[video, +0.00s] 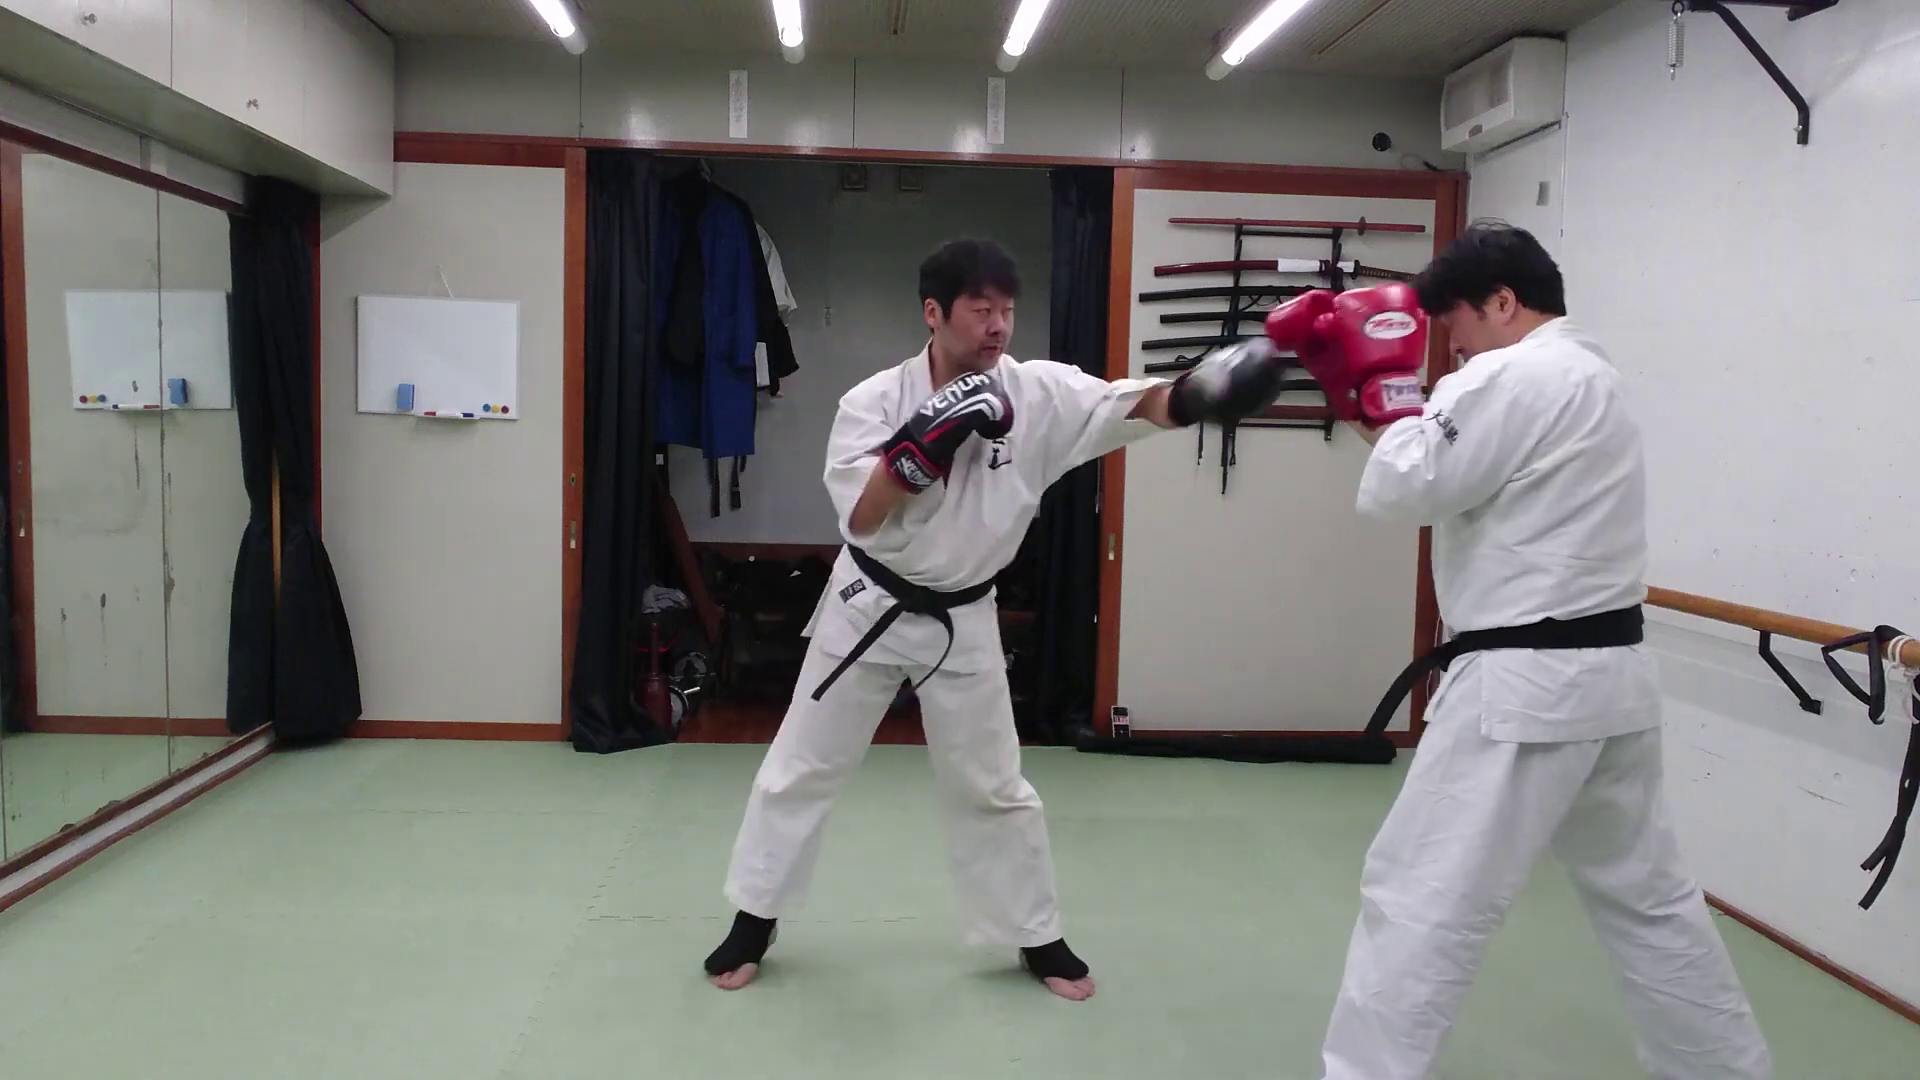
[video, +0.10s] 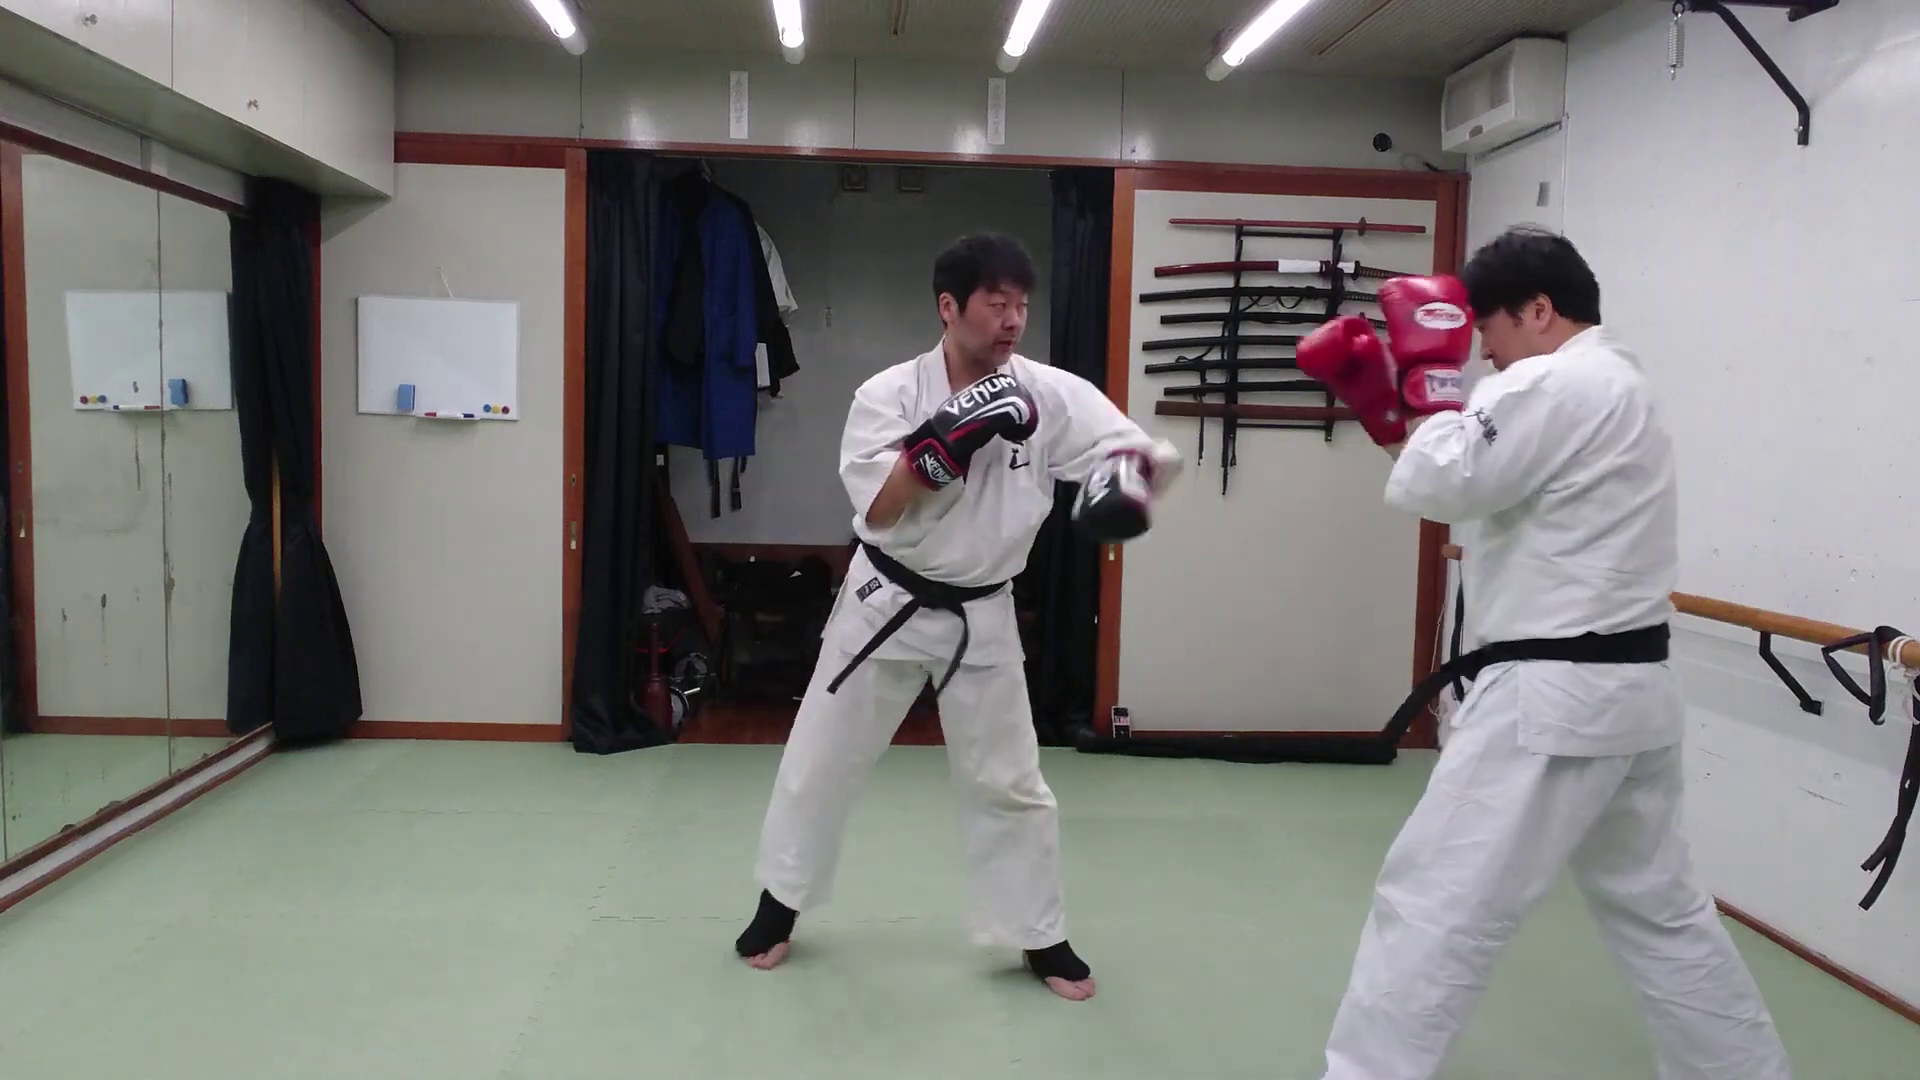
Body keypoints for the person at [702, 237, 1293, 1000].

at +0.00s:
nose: (998, 326)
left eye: (1006, 311)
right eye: (981, 309)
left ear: (1012, 315)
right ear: (934, 312)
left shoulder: (1040, 390)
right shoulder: (875, 403)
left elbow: (1137, 404)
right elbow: (861, 518)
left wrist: (1215, 386)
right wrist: (925, 441)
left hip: (968, 617)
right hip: (868, 604)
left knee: (996, 788)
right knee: (801, 767)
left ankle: (1040, 938)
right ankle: (754, 919)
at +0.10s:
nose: (1012, 322)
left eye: (1020, 308)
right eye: (995, 305)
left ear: (1026, 314)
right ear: (948, 307)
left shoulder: (1053, 395)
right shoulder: (888, 396)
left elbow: (1141, 453)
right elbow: (876, 510)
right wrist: (950, 437)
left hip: (987, 616)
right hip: (885, 604)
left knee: (1013, 785)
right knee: (817, 762)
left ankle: (1043, 938)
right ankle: (781, 901)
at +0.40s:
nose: (1003, 349)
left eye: (1010, 335)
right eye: (993, 330)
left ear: (1008, 336)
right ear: (943, 319)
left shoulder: (1001, 400)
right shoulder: (867, 398)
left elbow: (1014, 490)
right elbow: (877, 511)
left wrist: (1065, 455)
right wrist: (945, 435)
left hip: (964, 608)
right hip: (868, 604)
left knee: (1007, 762)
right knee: (826, 763)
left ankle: (1047, 920)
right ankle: (796, 899)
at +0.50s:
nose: (996, 340)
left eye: (1003, 326)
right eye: (985, 321)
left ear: (1002, 327)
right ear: (936, 311)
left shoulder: (1001, 401)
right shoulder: (862, 391)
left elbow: (1019, 501)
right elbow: (873, 500)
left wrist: (1058, 456)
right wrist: (939, 428)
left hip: (963, 604)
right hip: (867, 599)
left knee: (998, 762)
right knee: (825, 762)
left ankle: (1017, 897)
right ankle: (801, 897)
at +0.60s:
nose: (989, 338)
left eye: (998, 325)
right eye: (977, 320)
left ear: (1002, 331)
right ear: (931, 315)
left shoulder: (1015, 414)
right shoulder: (858, 398)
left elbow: (1047, 515)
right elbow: (839, 497)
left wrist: (1078, 479)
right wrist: (912, 426)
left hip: (974, 611)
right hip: (876, 604)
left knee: (985, 762)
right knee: (830, 765)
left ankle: (1001, 886)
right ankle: (801, 902)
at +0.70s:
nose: (989, 340)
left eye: (998, 328)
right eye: (976, 323)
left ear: (1002, 334)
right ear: (930, 320)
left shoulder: (1022, 413)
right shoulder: (861, 405)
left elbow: (1073, 517)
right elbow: (820, 498)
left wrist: (1069, 471)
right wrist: (890, 434)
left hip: (987, 618)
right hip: (888, 613)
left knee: (994, 770)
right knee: (837, 774)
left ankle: (999, 888)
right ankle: (802, 901)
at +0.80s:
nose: (974, 337)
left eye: (987, 324)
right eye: (962, 318)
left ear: (996, 330)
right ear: (923, 314)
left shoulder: (1019, 402)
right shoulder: (863, 399)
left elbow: (1075, 502)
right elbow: (859, 498)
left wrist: (1072, 446)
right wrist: (905, 410)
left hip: (989, 605)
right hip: (889, 601)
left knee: (1005, 763)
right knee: (837, 763)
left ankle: (1007, 886)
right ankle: (804, 895)